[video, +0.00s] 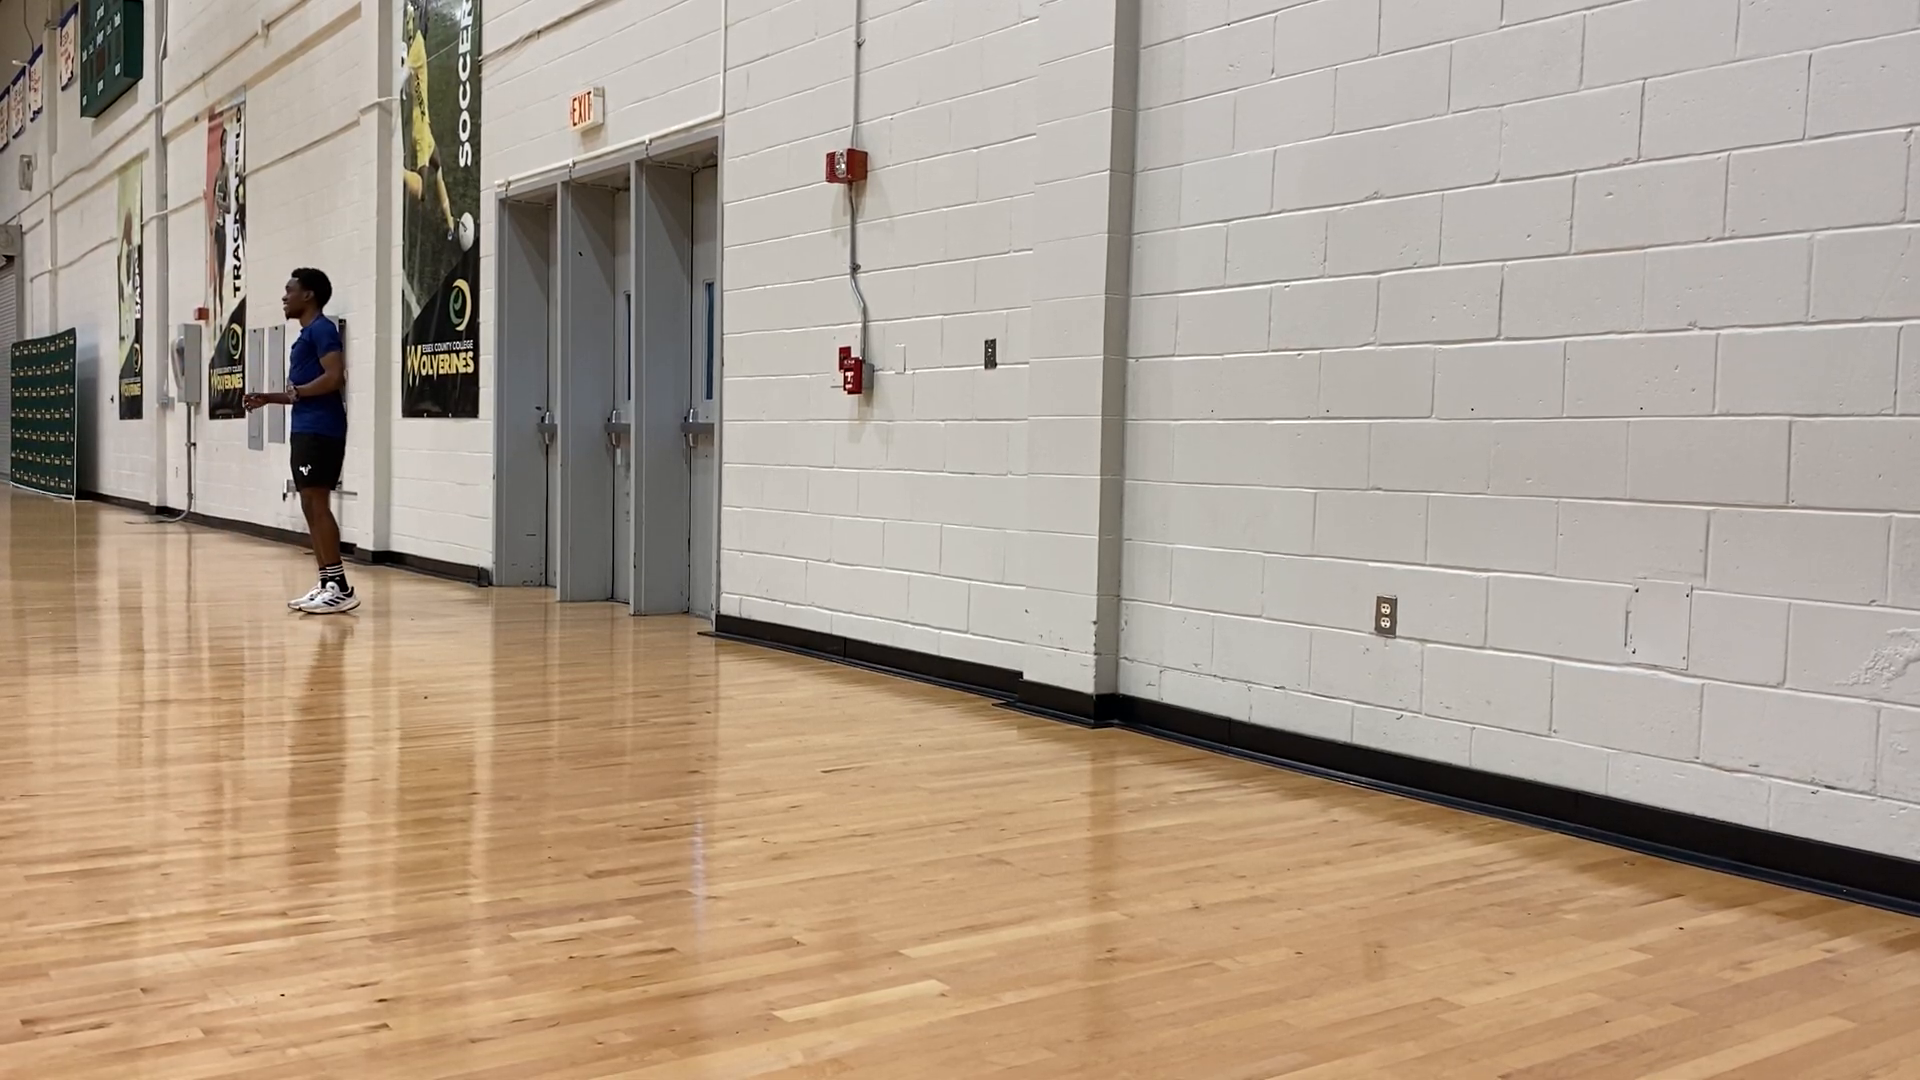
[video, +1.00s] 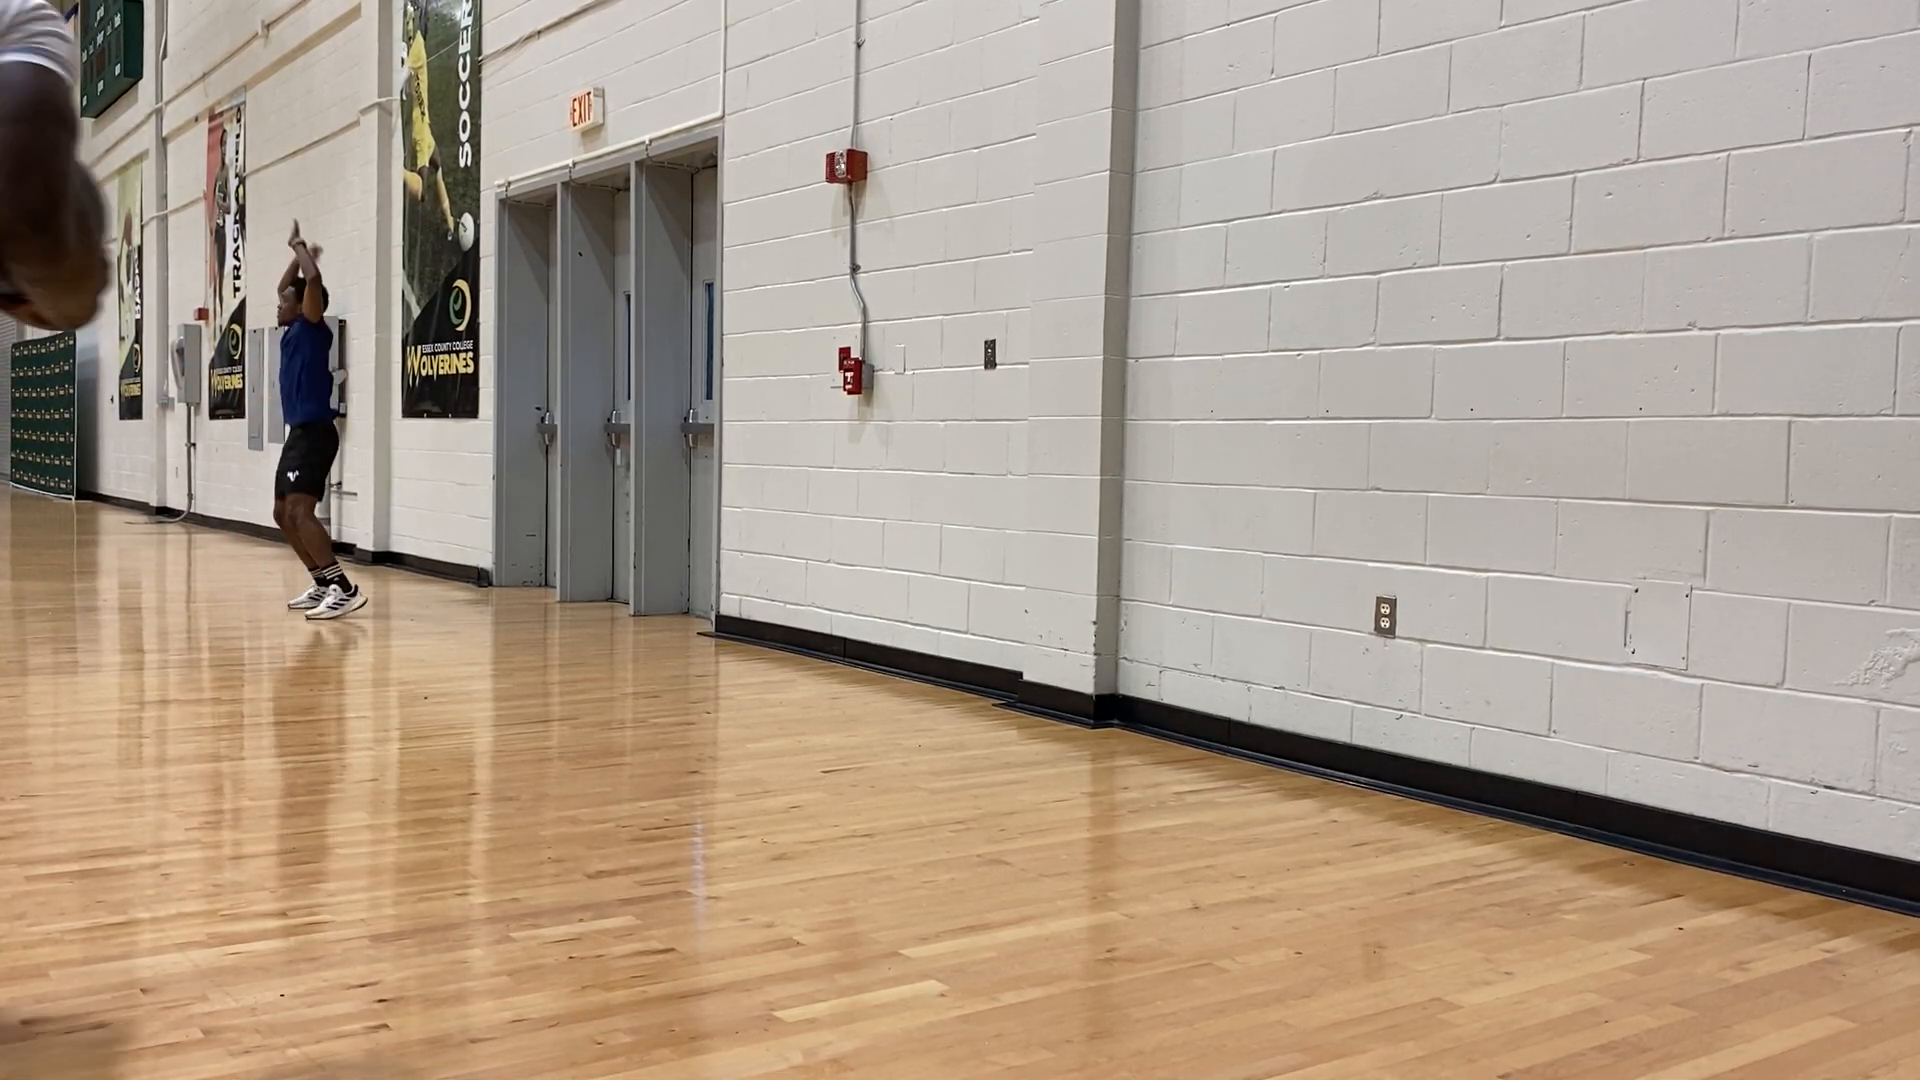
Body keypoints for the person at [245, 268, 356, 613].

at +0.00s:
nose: (283, 296)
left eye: (289, 290)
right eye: (285, 290)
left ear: (308, 295)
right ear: (305, 296)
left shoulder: (322, 329)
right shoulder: (305, 335)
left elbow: (335, 377)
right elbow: (301, 393)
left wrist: (297, 391)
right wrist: (266, 398)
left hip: (321, 432)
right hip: (306, 432)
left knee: (317, 507)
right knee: (311, 507)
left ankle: (338, 587)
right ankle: (327, 585)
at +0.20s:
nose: (285, 296)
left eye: (291, 290)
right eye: (287, 290)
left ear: (310, 295)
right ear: (307, 296)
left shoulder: (322, 328)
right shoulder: (306, 335)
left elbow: (335, 375)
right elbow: (300, 395)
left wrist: (299, 390)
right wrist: (264, 398)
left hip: (320, 432)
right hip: (306, 432)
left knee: (315, 505)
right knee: (310, 506)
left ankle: (337, 586)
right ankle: (327, 584)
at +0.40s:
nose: (284, 296)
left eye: (290, 290)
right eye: (286, 290)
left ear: (309, 296)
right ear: (306, 296)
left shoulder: (321, 329)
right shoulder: (305, 336)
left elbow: (335, 378)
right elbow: (300, 395)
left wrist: (295, 399)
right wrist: (265, 406)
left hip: (319, 431)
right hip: (307, 430)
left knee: (307, 505)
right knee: (304, 505)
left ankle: (336, 585)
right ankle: (327, 584)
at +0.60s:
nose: (285, 310)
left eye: (292, 305)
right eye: (287, 304)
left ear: (310, 312)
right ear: (307, 313)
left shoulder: (322, 346)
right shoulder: (305, 352)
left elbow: (329, 389)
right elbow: (292, 409)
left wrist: (284, 409)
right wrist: (249, 417)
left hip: (324, 444)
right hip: (310, 443)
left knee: (292, 513)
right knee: (285, 515)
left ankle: (335, 588)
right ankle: (328, 586)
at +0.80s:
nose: (287, 281)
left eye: (293, 276)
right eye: (288, 276)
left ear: (313, 282)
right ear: (301, 282)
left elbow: (304, 288)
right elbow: (272, 328)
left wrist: (266, 267)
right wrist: (245, 289)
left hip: (318, 412)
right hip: (298, 413)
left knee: (307, 490)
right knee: (297, 493)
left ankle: (336, 575)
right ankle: (317, 575)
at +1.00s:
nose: (283, 302)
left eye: (290, 298)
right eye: (285, 295)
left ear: (305, 304)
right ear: (288, 303)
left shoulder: (313, 329)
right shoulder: (291, 331)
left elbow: (313, 290)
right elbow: (284, 290)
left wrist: (306, 261)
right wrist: (300, 258)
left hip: (316, 432)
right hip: (299, 432)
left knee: (298, 511)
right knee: (282, 514)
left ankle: (342, 587)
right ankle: (322, 584)